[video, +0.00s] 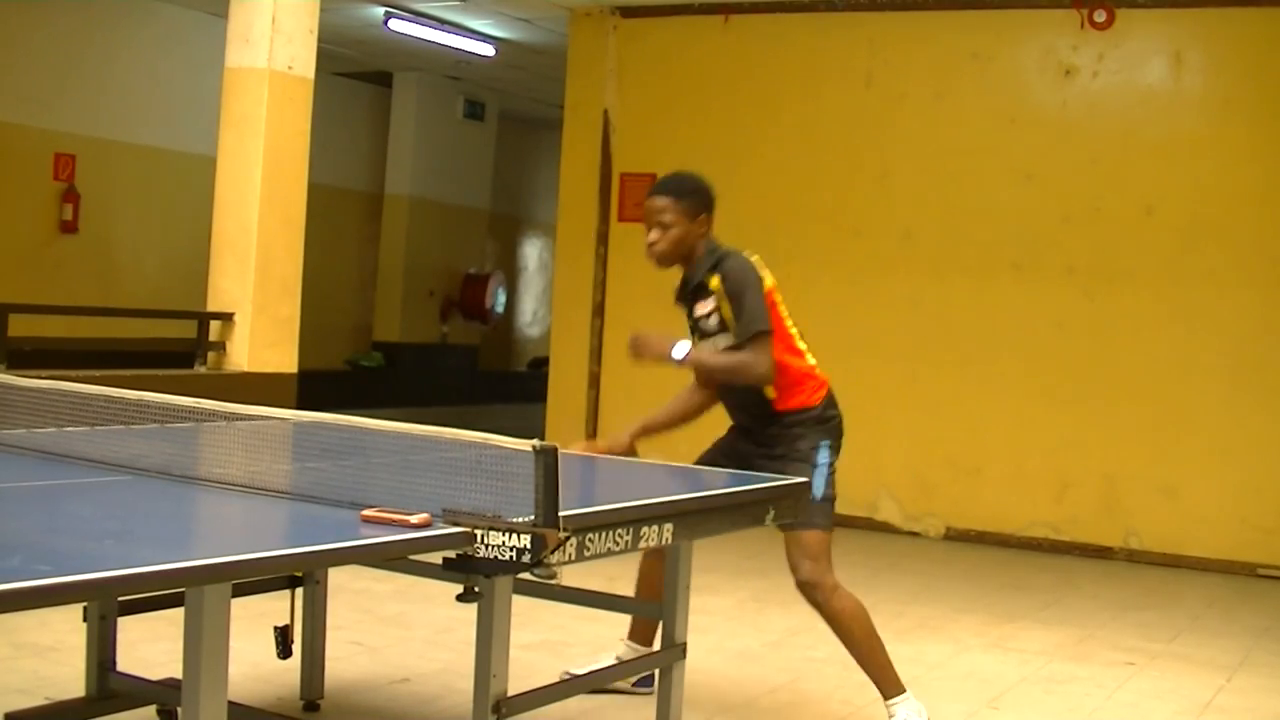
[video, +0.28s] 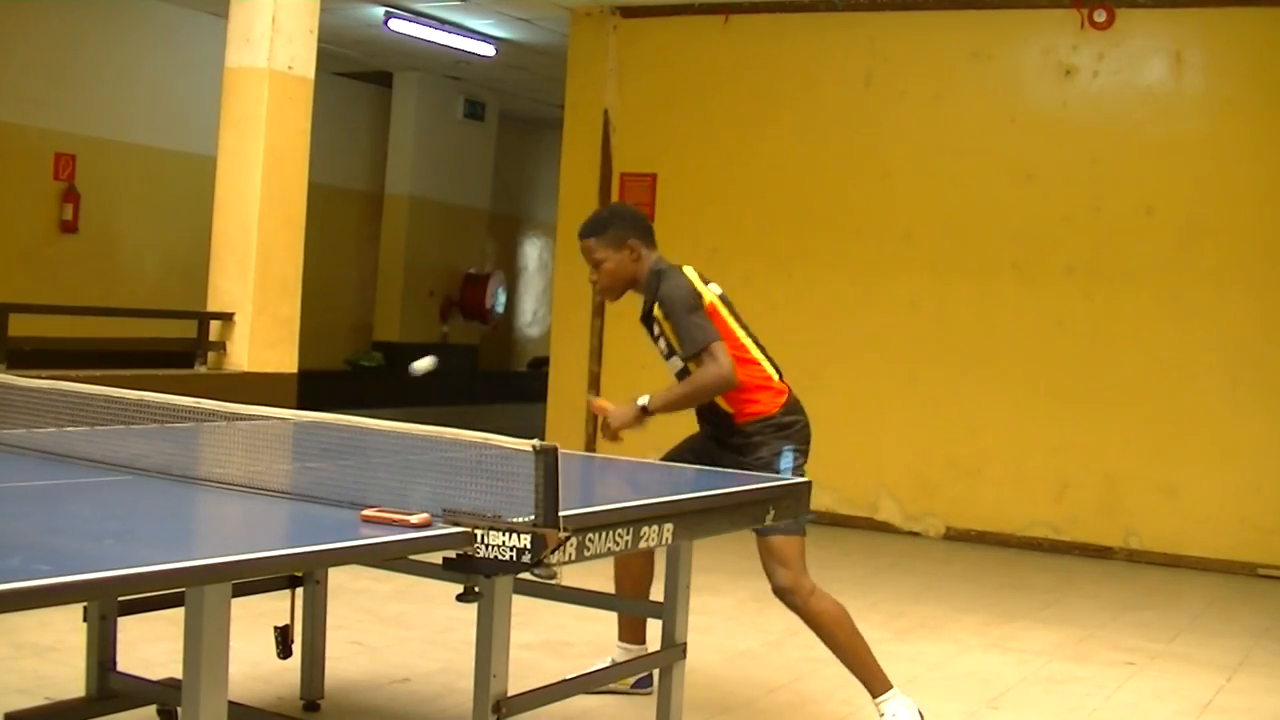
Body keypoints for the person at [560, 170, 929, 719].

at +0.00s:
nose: (649, 238)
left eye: (661, 225)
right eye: (646, 225)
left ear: (700, 223)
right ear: (654, 226)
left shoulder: (735, 270)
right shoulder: (691, 290)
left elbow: (760, 365)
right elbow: (709, 386)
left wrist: (674, 349)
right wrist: (636, 431)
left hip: (804, 429)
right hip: (751, 431)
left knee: (813, 577)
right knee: (662, 522)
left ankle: (902, 705)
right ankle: (635, 660)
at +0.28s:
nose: (593, 278)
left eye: (597, 264)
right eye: (590, 266)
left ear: (632, 251)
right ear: (630, 254)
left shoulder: (673, 286)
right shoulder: (658, 295)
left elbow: (720, 371)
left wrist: (639, 409)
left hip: (773, 436)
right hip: (722, 436)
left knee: (790, 583)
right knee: (629, 509)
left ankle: (893, 704)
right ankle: (632, 661)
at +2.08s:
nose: (574, 275)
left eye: (579, 260)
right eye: (571, 263)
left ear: (616, 250)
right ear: (613, 254)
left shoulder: (653, 283)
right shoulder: (636, 300)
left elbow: (711, 354)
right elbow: (684, 374)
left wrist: (632, 405)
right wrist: (620, 420)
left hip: (763, 422)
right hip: (712, 427)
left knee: (794, 564)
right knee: (621, 504)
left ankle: (891, 692)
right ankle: (635, 652)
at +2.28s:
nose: (593, 225)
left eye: (599, 212)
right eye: (589, 213)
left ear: (636, 201)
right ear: (621, 208)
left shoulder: (703, 246)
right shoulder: (623, 270)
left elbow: (743, 323)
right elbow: (556, 325)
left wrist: (656, 319)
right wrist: (507, 266)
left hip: (731, 417)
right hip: (665, 414)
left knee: (773, 543)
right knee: (575, 499)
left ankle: (826, 690)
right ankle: (607, 634)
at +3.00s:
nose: (777, 287)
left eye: (790, 275)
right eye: (773, 273)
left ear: (828, 269)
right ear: (767, 266)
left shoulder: (874, 312)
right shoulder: (759, 324)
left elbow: (914, 403)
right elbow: (682, 396)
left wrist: (859, 382)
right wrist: (696, 435)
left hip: (875, 452)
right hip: (799, 453)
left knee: (919, 556)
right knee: (701, 544)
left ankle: (950, 703)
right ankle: (682, 665)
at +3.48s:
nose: (697, 207)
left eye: (710, 195)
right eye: (694, 194)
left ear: (748, 195)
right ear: (694, 195)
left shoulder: (795, 252)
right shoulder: (697, 265)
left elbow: (808, 340)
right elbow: (646, 347)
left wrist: (734, 290)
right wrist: (603, 318)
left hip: (802, 427)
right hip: (728, 422)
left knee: (841, 554)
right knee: (641, 507)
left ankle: (904, 700)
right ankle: (639, 653)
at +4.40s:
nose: (716, 210)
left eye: (730, 198)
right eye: (711, 197)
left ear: (764, 198)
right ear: (705, 199)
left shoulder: (806, 259)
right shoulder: (704, 257)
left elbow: (821, 352)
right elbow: (661, 358)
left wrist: (758, 301)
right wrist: (671, 298)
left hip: (796, 427)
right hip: (719, 424)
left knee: (845, 543)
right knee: (639, 522)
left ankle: (871, 691)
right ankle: (588, 650)